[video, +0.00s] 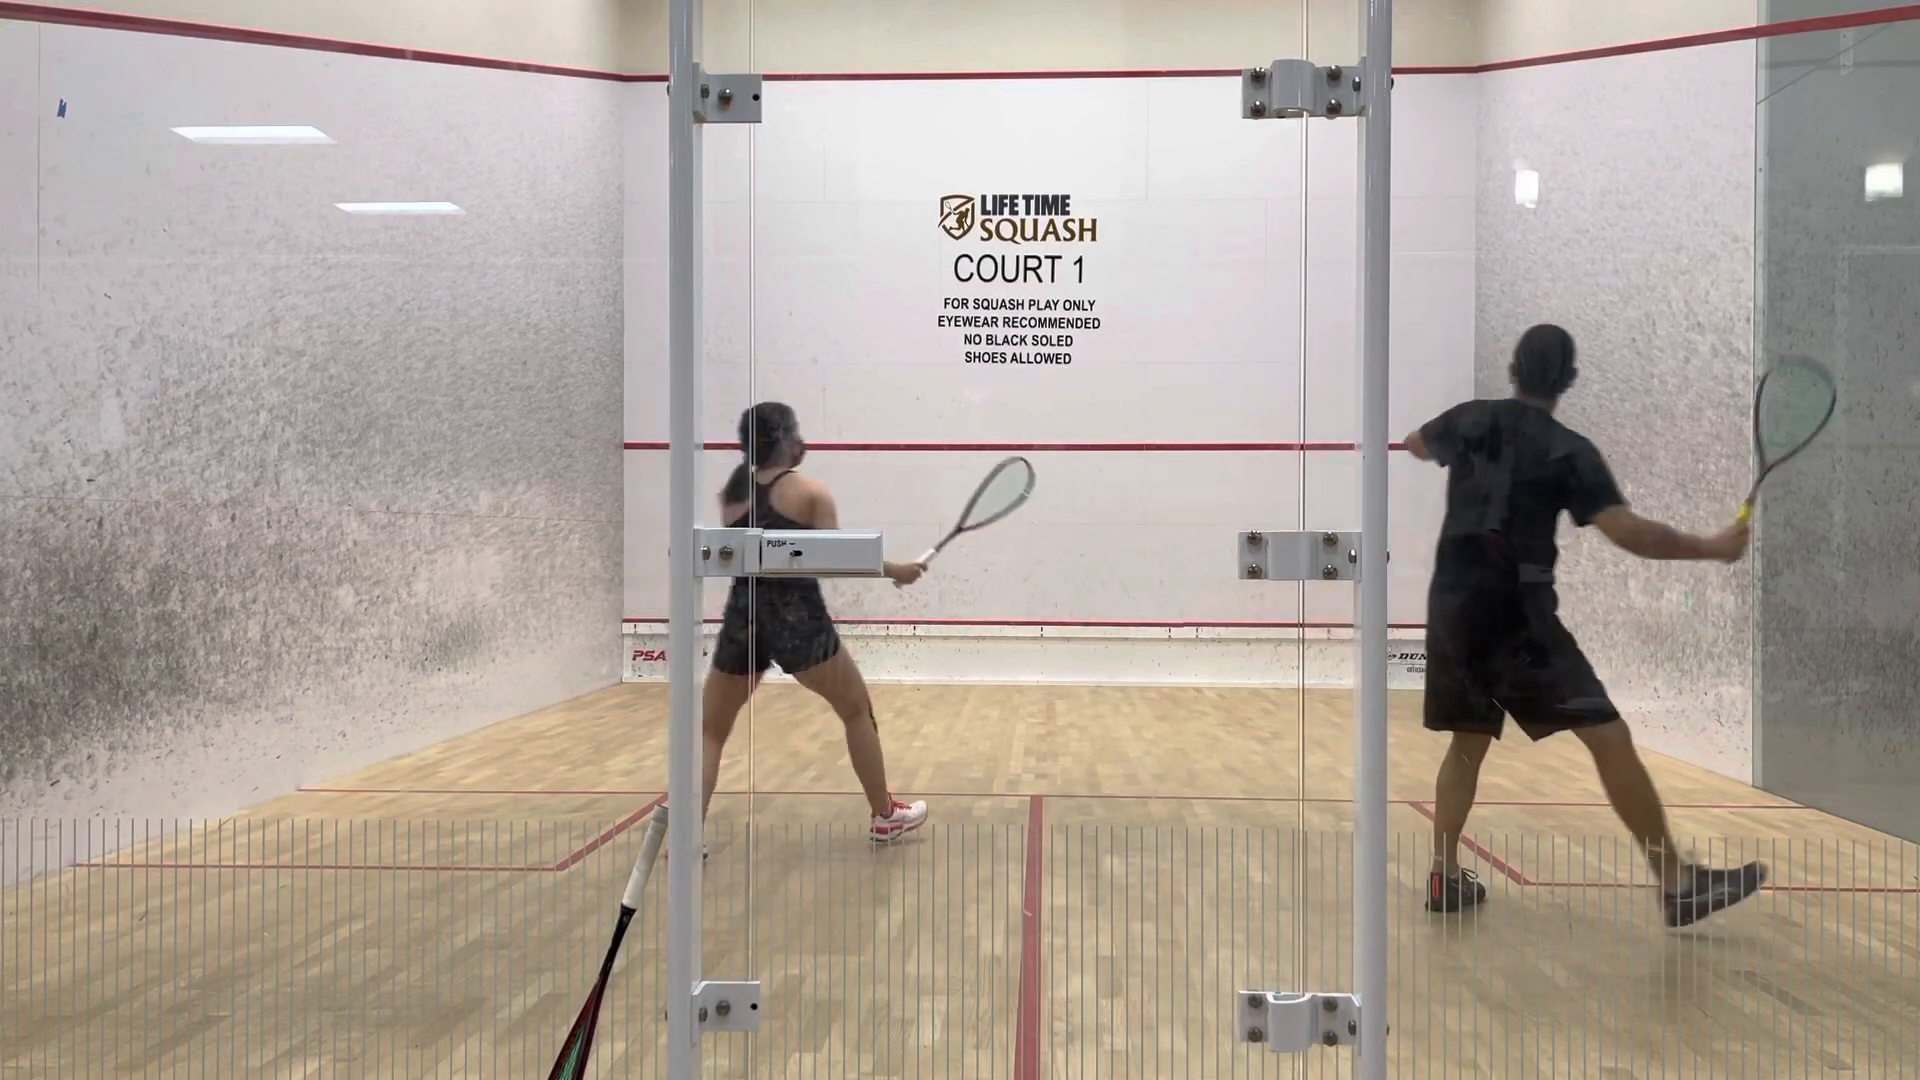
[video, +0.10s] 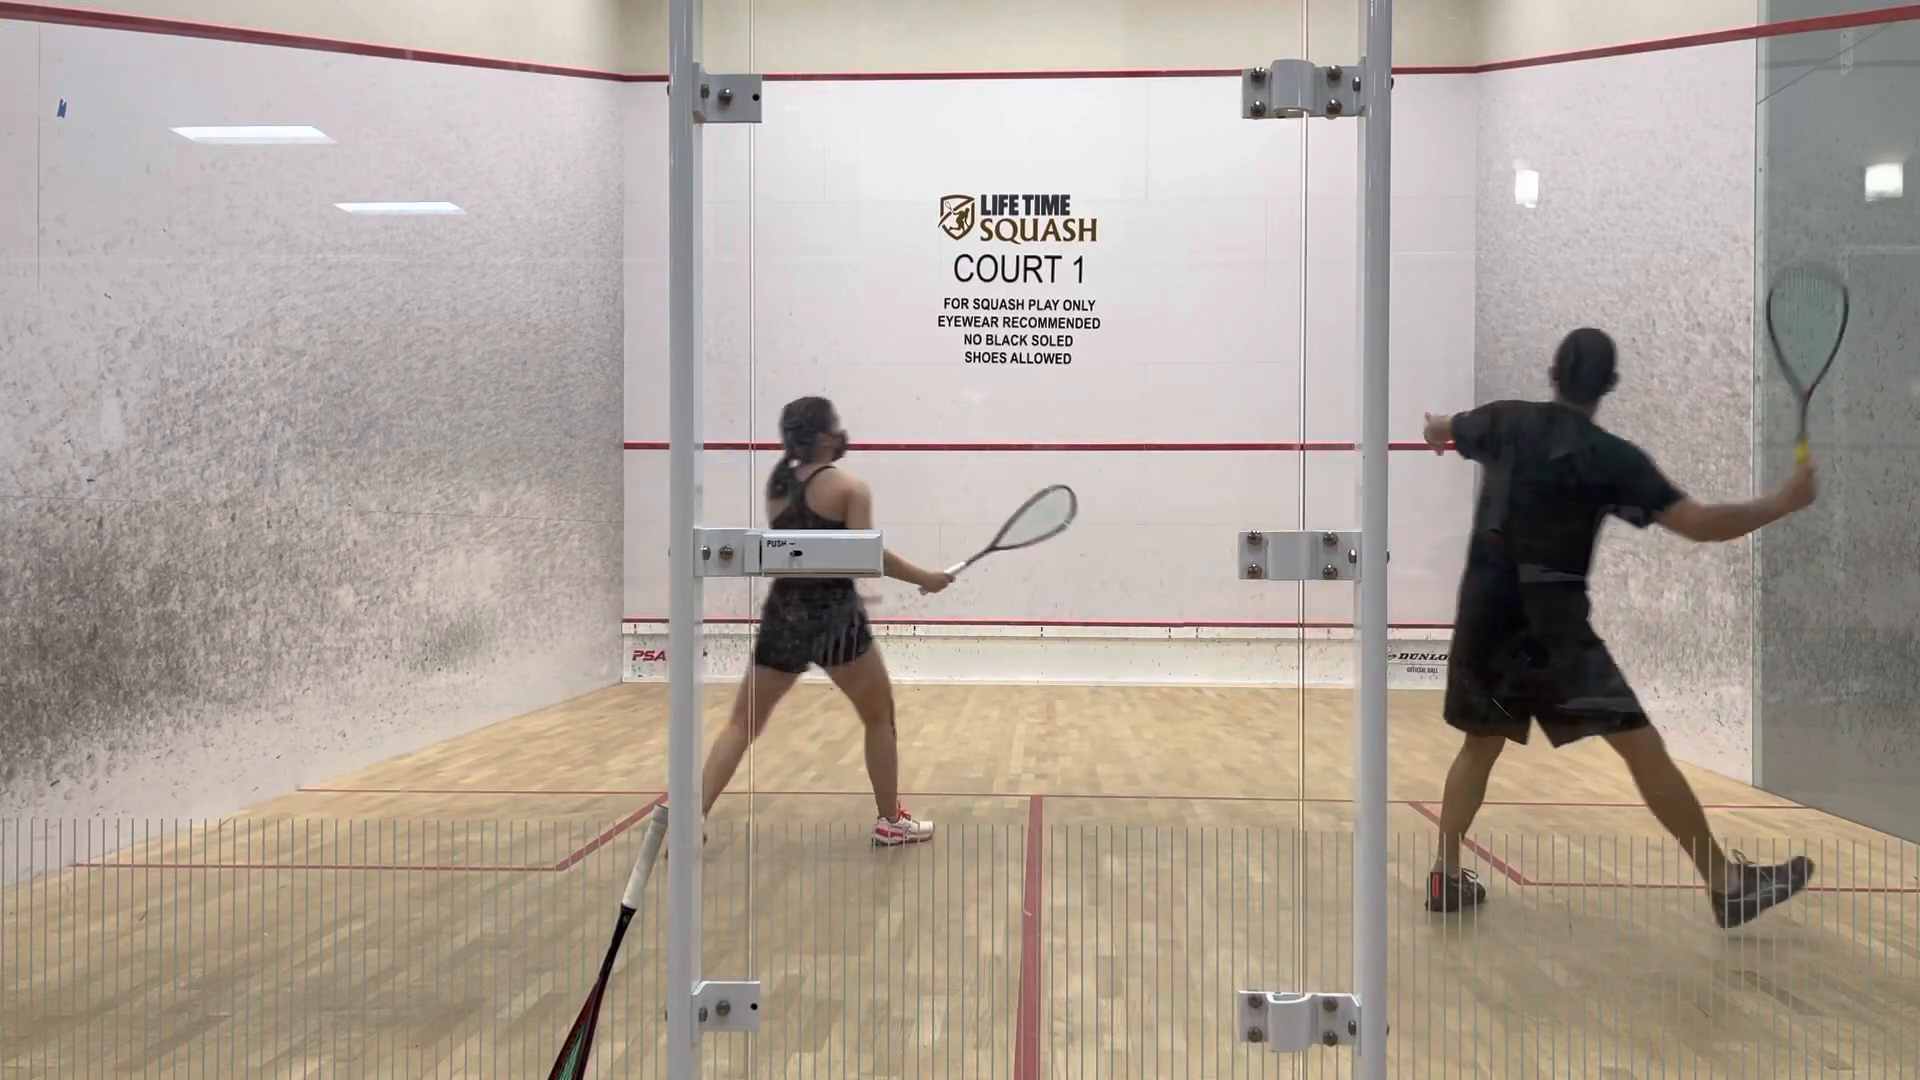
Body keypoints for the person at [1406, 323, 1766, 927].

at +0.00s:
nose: (1545, 377)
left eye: (1526, 366)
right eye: (1560, 369)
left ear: (1513, 370)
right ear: (1568, 379)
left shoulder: (1472, 420)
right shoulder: (1567, 450)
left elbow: (1415, 445)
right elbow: (1630, 532)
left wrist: (1445, 439)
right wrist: (1712, 545)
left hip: (1455, 619)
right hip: (1523, 621)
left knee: (1467, 738)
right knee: (1608, 736)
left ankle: (1443, 875)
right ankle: (1676, 879)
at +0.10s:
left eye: (1563, 368)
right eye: (1598, 374)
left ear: (1553, 373)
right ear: (1607, 385)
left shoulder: (1503, 420)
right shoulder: (1609, 455)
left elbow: (1445, 431)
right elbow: (1699, 523)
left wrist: (1440, 429)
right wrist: (1784, 500)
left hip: (1485, 624)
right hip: (1557, 630)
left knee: (1479, 743)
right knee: (1642, 746)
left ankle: (1444, 874)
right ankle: (1724, 880)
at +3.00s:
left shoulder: (1908, 469)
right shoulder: (1896, 444)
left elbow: (1867, 552)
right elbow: (1817, 492)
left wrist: (1901, 626)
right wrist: (1899, 532)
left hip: (1826, 630)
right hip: (1776, 628)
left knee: (1880, 759)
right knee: (1826, 779)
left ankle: (1892, 919)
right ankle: (1668, 861)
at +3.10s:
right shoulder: (1909, 445)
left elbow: (1910, 572)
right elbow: (1832, 469)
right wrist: (1912, 502)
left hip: (1832, 620)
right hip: (1789, 612)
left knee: (1891, 759)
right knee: (1869, 756)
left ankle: (1893, 919)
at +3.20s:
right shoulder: (1912, 447)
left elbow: (1854, 444)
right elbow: (1853, 444)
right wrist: (1913, 471)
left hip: (1848, 619)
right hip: (1799, 611)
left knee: (1904, 759)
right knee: (1876, 758)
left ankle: (1894, 928)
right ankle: (1876, 946)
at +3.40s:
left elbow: (1897, 501)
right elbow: (1899, 502)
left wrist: (1814, 548)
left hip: (1844, 637)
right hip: (1815, 633)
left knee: (1905, 765)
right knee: (1907, 761)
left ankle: (1894, 919)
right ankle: (1900, 924)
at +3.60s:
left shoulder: (1915, 459)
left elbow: (1826, 482)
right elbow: (1828, 483)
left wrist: (1770, 560)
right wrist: (1772, 561)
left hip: (1770, 629)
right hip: (1839, 643)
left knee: (1834, 751)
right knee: (1910, 755)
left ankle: (1873, 899)